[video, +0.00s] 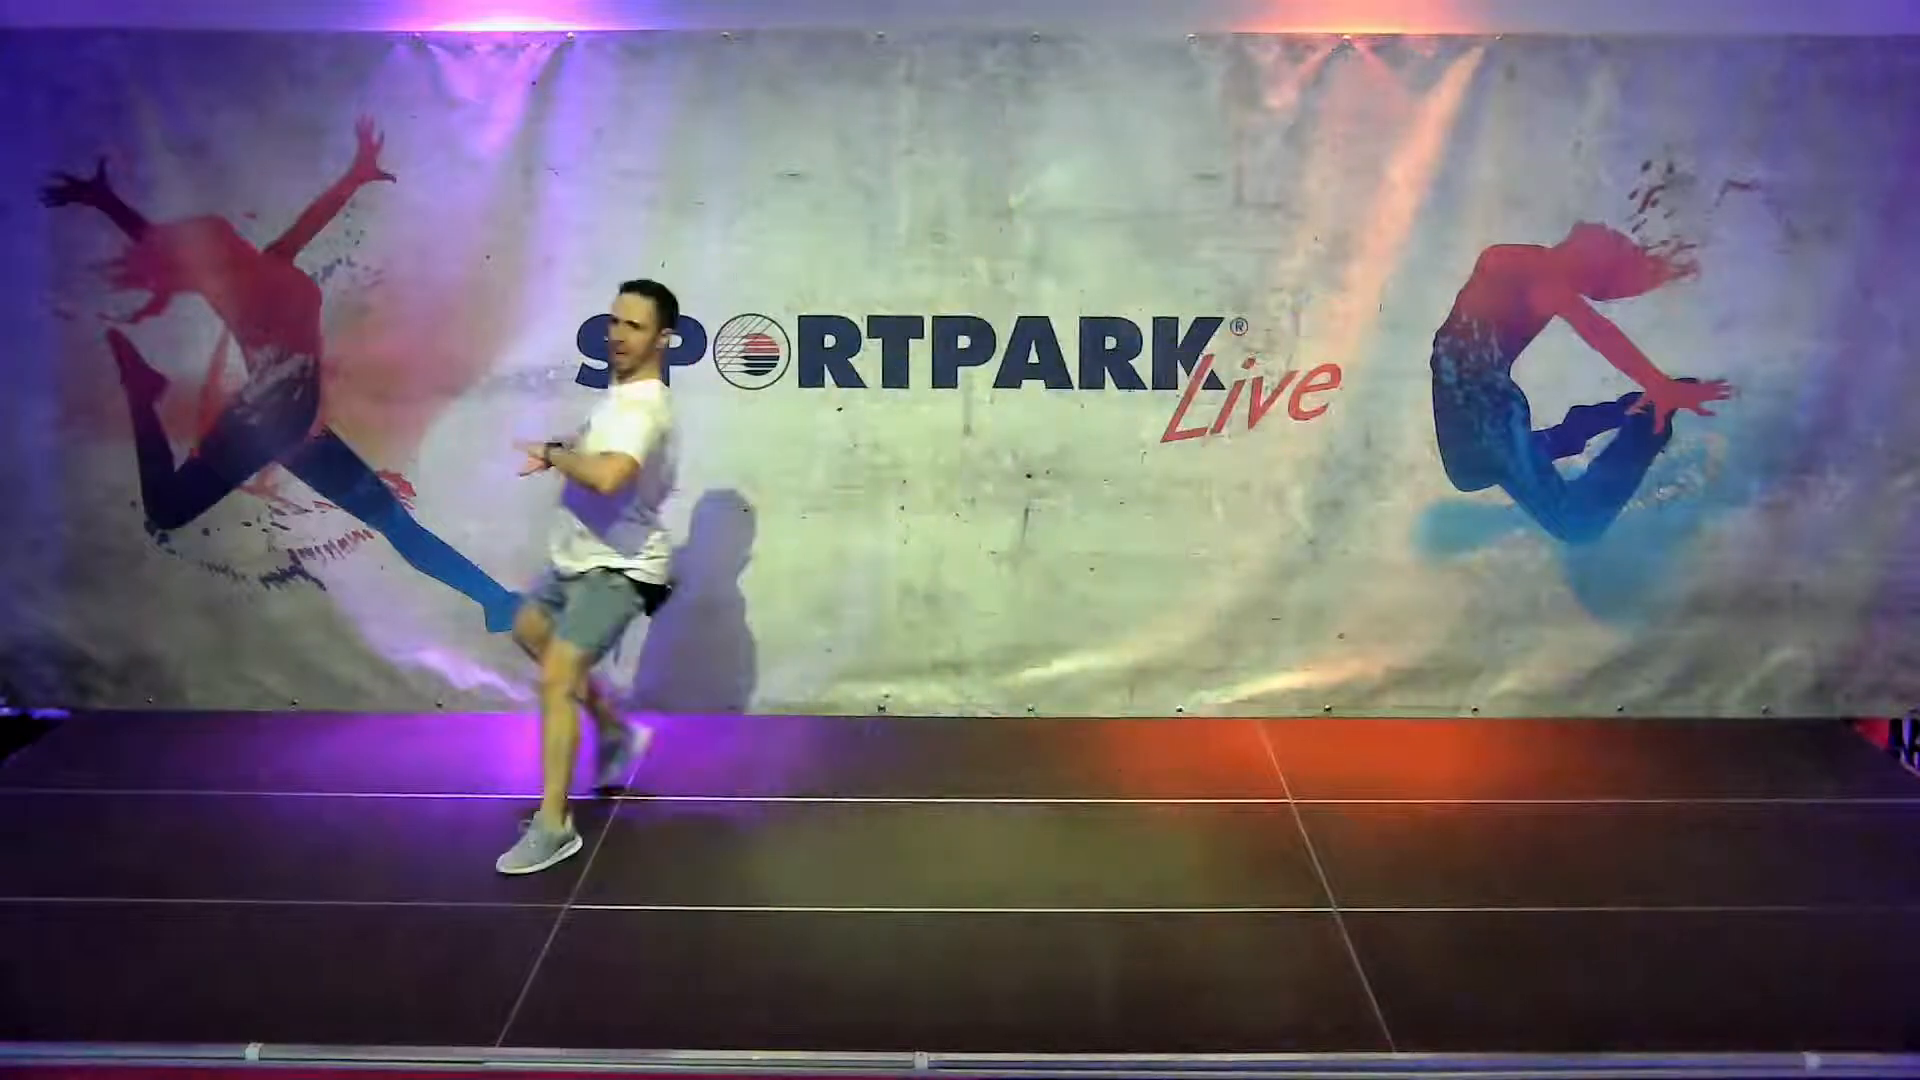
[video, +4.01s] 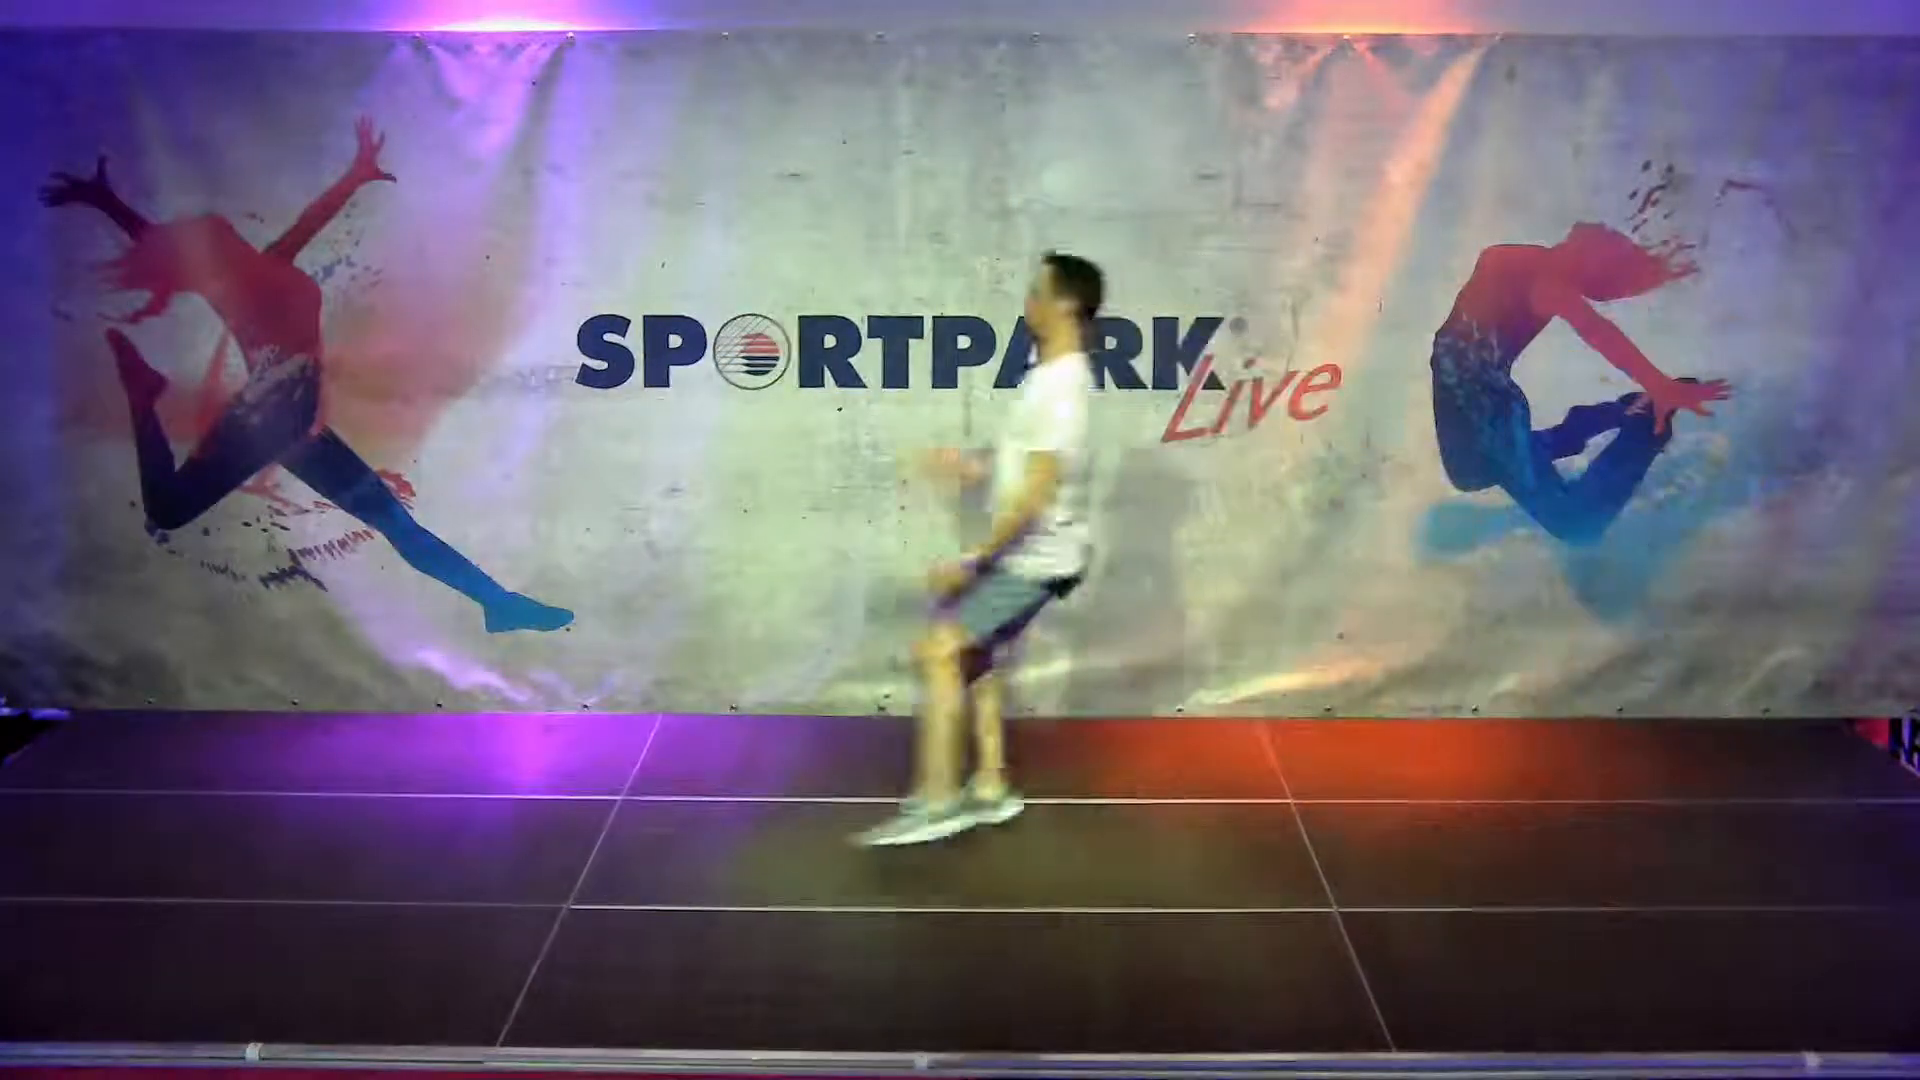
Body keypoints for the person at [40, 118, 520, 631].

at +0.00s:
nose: (219, 245)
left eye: (214, 237)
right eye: (206, 245)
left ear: (224, 240)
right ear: (198, 261)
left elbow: (313, 218)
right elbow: (157, 246)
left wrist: (358, 174)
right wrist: (100, 197)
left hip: (299, 427)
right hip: (257, 426)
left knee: (395, 521)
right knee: (166, 508)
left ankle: (508, 609)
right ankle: (141, 393)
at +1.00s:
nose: (179, 290)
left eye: (179, 270)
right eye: (174, 274)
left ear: (204, 255)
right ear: (206, 254)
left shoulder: (263, 269)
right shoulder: (245, 275)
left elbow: (308, 223)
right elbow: (155, 243)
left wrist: (357, 176)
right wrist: (104, 201)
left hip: (295, 425)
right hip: (263, 421)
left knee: (386, 513)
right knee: (166, 511)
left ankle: (500, 601)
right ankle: (140, 393)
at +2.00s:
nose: (183, 288)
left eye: (180, 267)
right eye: (186, 264)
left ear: (204, 253)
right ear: (202, 251)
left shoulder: (263, 271)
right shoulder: (240, 280)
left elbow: (306, 224)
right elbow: (156, 242)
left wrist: (357, 176)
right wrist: (103, 199)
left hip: (298, 426)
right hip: (261, 422)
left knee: (387, 514)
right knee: (166, 510)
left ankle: (500, 602)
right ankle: (139, 387)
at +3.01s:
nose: (177, 289)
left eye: (177, 269)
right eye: (171, 273)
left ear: (203, 253)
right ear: (204, 249)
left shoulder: (262, 269)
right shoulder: (241, 279)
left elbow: (307, 223)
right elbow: (158, 244)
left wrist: (358, 175)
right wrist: (105, 202)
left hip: (300, 428)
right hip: (262, 422)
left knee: (389, 517)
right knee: (166, 512)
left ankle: (500, 602)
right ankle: (141, 398)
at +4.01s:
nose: (181, 288)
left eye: (181, 268)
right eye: (178, 271)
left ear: (205, 254)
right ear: (208, 248)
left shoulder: (261, 270)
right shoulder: (246, 279)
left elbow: (307, 223)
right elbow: (160, 245)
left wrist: (358, 175)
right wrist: (105, 202)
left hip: (299, 428)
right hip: (263, 421)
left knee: (388, 515)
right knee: (167, 511)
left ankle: (500, 602)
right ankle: (141, 396)